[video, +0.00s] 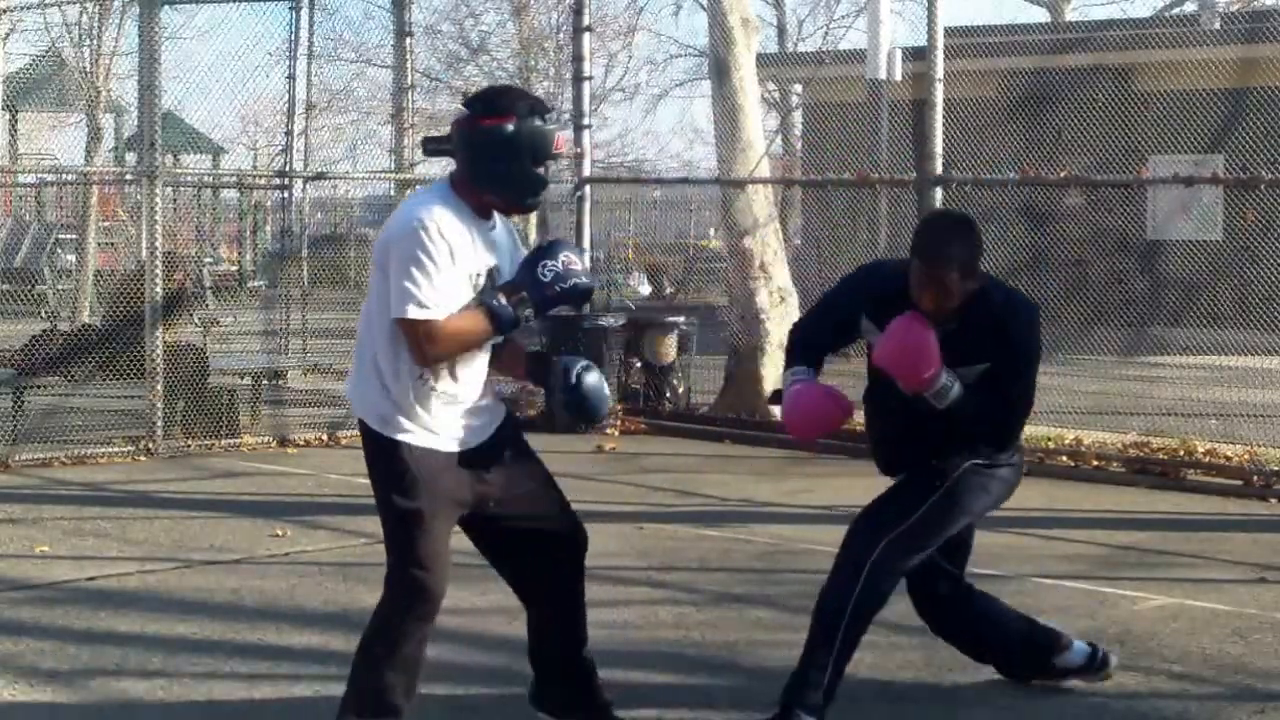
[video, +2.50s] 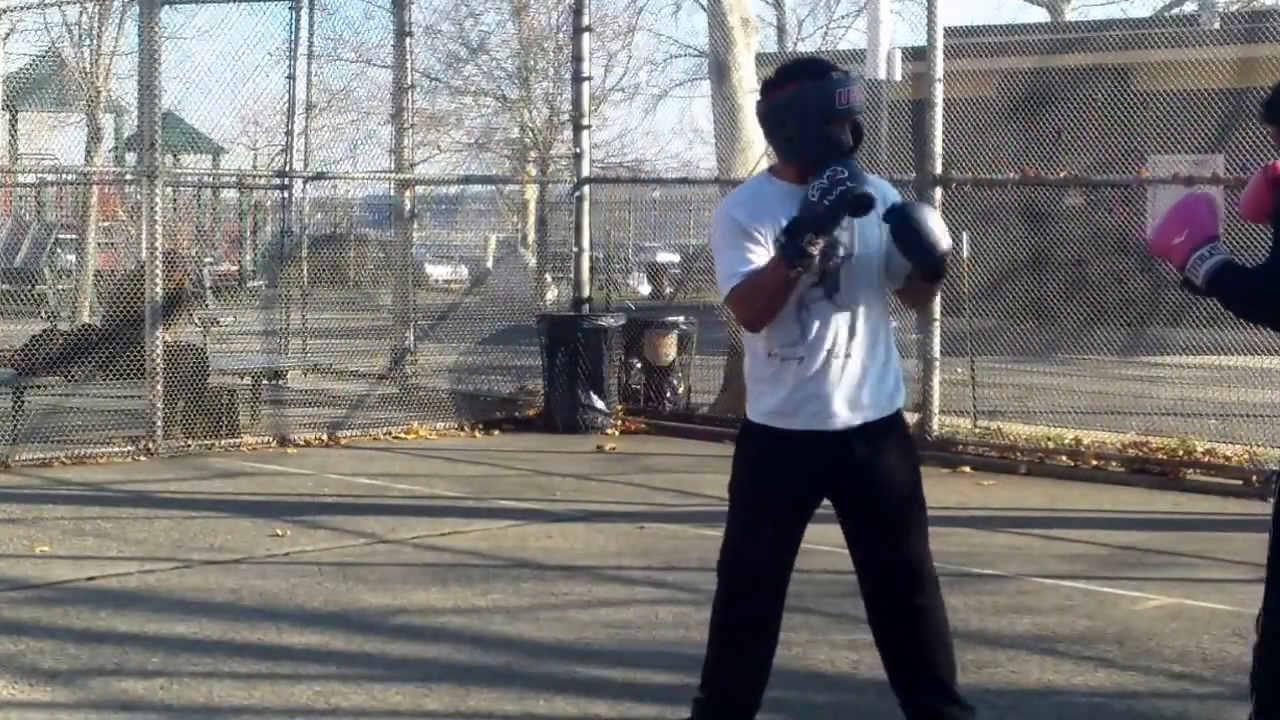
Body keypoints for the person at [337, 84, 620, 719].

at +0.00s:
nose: (538, 180)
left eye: (538, 167)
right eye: (528, 167)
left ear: (495, 164)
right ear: (489, 164)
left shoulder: (498, 227)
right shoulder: (423, 226)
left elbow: (483, 345)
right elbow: (427, 343)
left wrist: (550, 373)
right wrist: (517, 301)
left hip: (480, 422)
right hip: (410, 430)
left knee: (556, 548)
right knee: (419, 587)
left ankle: (567, 696)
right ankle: (368, 712)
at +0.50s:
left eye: (582, 106)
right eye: (574, 107)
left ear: (513, 112)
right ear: (558, 117)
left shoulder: (550, 194)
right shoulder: (485, 187)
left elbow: (568, 302)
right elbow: (500, 299)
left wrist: (622, 259)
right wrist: (576, 245)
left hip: (540, 407)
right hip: (483, 405)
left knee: (546, 555)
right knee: (491, 564)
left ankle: (519, 701)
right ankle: (448, 708)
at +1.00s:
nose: (685, 176)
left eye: (689, 163)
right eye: (673, 159)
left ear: (656, 151)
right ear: (649, 154)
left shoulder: (685, 208)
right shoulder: (605, 221)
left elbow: (676, 305)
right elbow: (633, 333)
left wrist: (735, 297)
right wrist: (695, 259)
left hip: (693, 435)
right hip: (621, 445)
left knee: (746, 585)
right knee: (574, 604)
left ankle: (789, 711)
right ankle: (495, 714)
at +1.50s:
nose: (852, 177)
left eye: (852, 163)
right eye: (837, 165)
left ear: (848, 165)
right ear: (795, 169)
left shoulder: (876, 226)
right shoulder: (740, 243)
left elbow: (952, 256)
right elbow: (722, 354)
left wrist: (1017, 226)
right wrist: (795, 302)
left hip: (838, 454)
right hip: (740, 456)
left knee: (891, 595)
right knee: (688, 588)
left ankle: (930, 706)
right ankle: (624, 704)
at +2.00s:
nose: (908, 152)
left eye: (912, 138)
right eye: (896, 138)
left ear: (911, 136)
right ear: (856, 133)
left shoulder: (907, 204)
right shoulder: (786, 200)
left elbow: (909, 314)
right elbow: (765, 303)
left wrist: (949, 278)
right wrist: (840, 259)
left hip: (883, 428)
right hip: (791, 425)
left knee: (906, 582)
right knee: (743, 574)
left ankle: (919, 708)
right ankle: (675, 706)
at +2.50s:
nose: (847, 123)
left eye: (848, 109)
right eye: (828, 111)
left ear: (851, 117)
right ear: (783, 122)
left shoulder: (877, 195)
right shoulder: (744, 209)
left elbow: (916, 298)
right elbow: (748, 310)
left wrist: (928, 263)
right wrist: (801, 242)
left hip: (874, 427)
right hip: (779, 435)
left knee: (908, 589)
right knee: (748, 597)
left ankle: (940, 712)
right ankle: (721, 715)